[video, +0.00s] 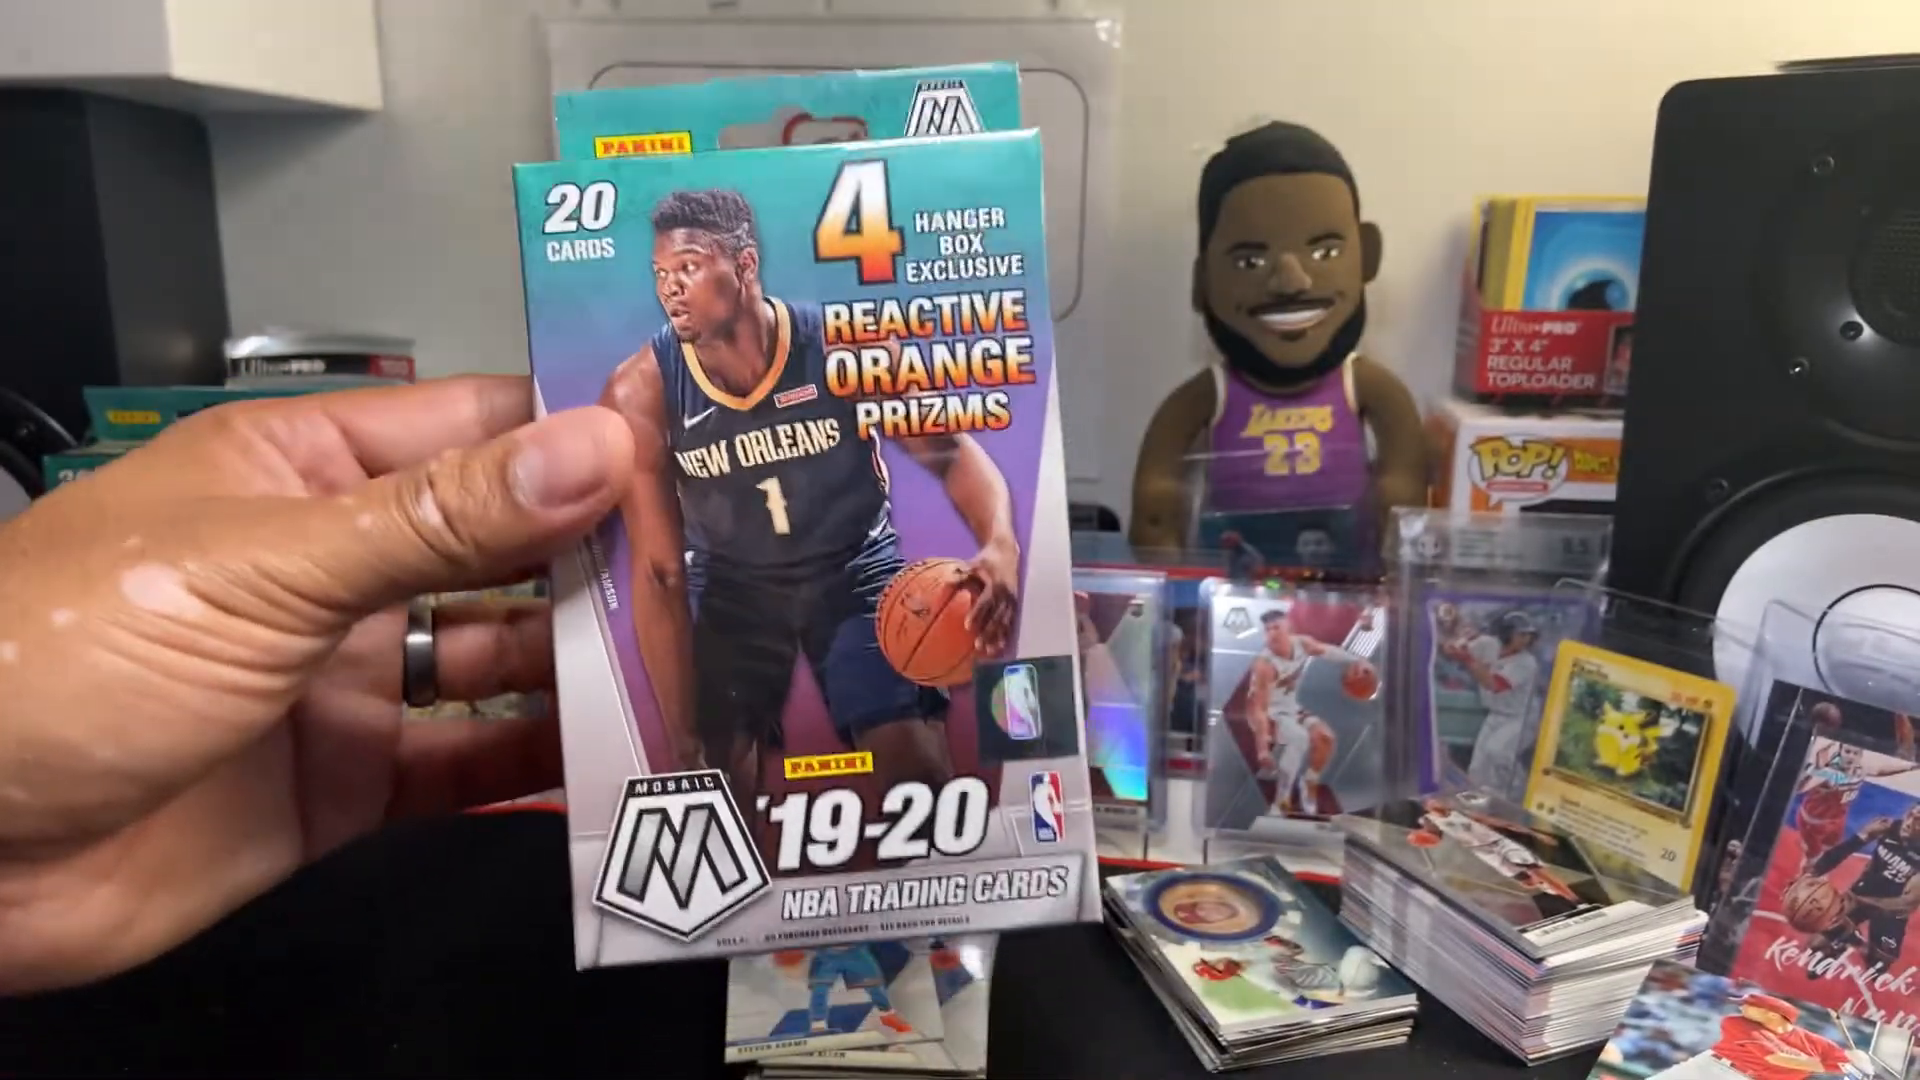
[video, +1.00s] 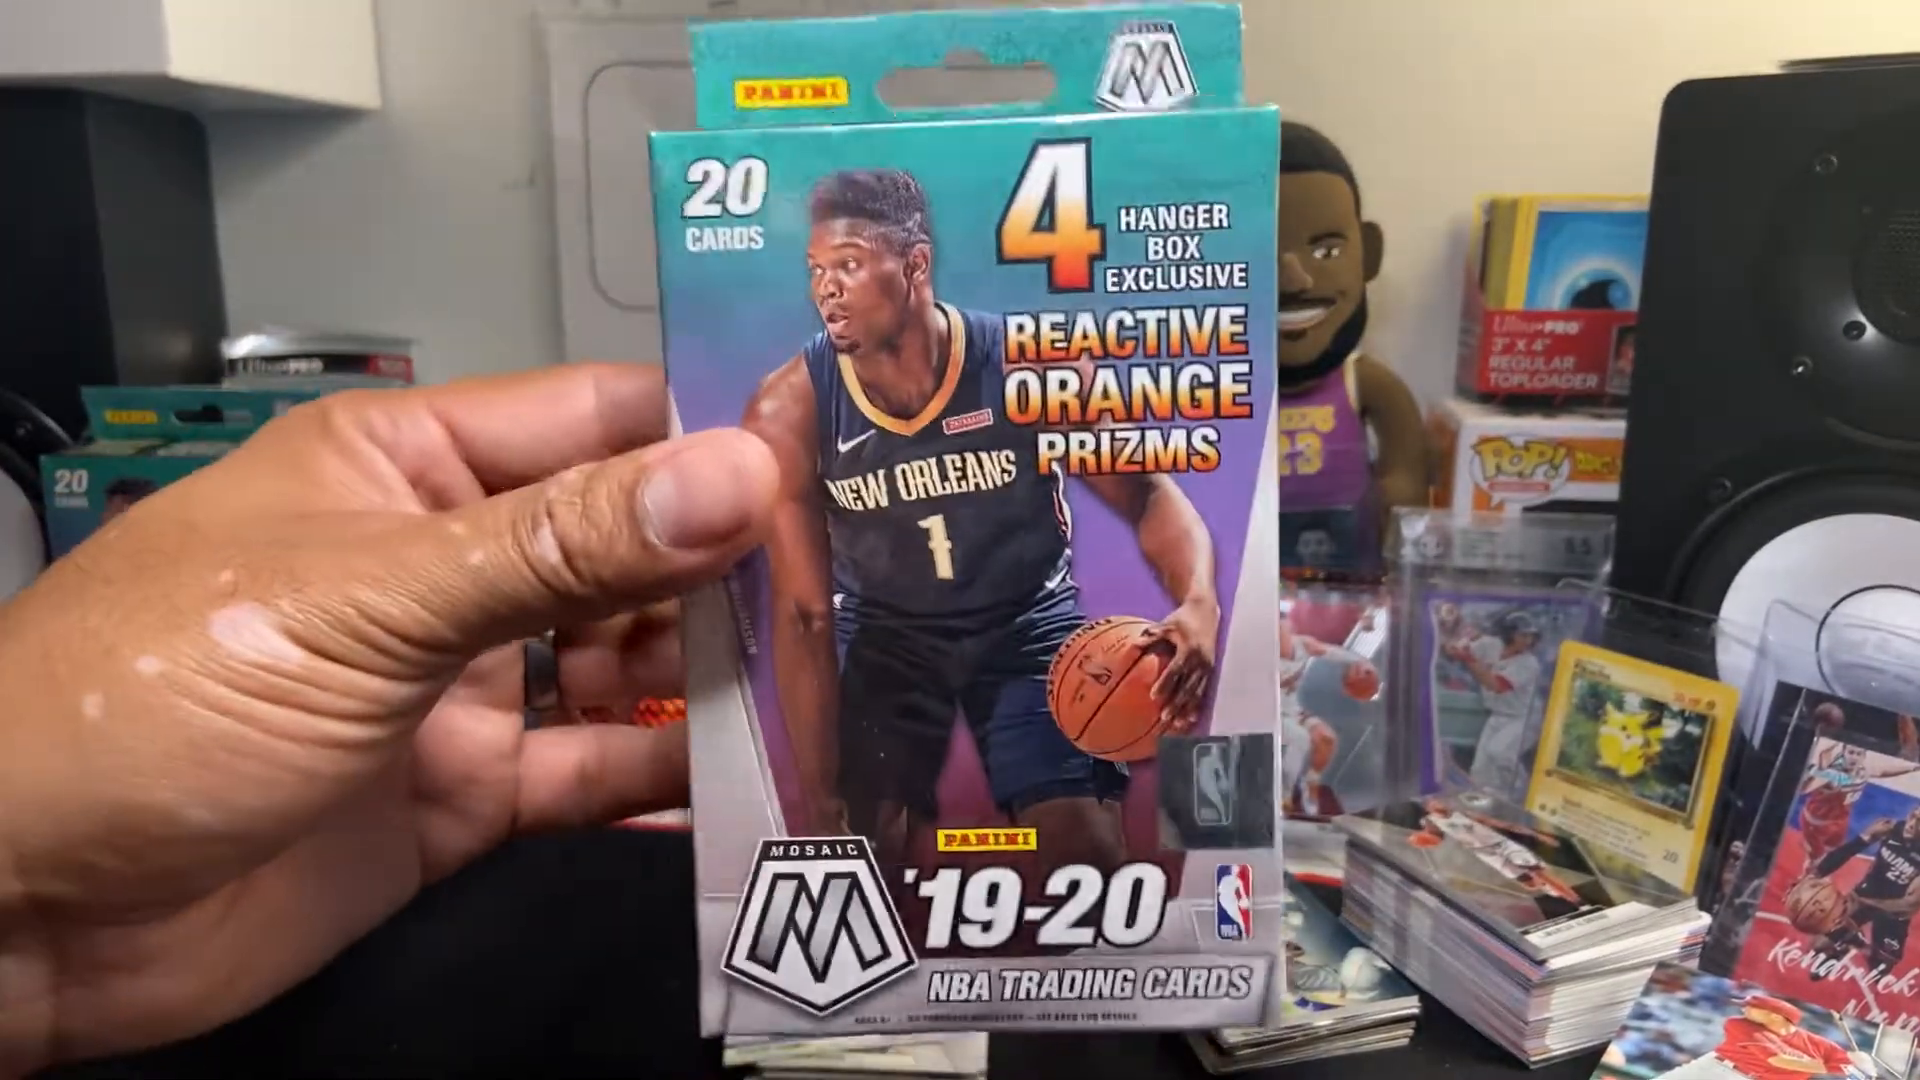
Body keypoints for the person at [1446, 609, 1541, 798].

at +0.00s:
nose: (1526, 640)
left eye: (1529, 636)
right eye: (1521, 635)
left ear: (1532, 638)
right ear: (1508, 634)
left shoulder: (1527, 662)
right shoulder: (1490, 645)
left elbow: (1497, 684)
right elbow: (1458, 650)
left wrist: (1470, 661)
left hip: (1517, 721)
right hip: (1494, 717)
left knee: (1496, 750)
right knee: (1480, 753)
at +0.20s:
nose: (1526, 640)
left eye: (1529, 636)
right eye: (1521, 635)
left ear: (1532, 638)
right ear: (1508, 634)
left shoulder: (1527, 662)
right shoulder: (1491, 647)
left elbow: (1496, 684)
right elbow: (1459, 651)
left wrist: (1470, 662)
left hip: (1516, 721)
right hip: (1494, 717)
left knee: (1495, 751)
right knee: (1481, 753)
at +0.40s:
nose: (1527, 640)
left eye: (1530, 636)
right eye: (1522, 635)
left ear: (1533, 638)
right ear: (1509, 635)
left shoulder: (1527, 662)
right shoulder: (1491, 646)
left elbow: (1496, 684)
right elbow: (1461, 651)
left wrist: (1471, 662)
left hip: (1519, 721)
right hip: (1496, 717)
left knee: (1496, 750)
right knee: (1480, 759)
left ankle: (1519, 788)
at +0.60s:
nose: (1527, 641)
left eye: (1530, 636)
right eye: (1523, 635)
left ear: (1533, 638)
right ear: (1510, 635)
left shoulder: (1528, 663)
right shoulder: (1491, 646)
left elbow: (1497, 684)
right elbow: (1461, 651)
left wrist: (1470, 662)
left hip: (1518, 722)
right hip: (1495, 718)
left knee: (1496, 751)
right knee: (1481, 758)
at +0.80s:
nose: (1527, 641)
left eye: (1530, 636)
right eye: (1523, 635)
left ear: (1533, 639)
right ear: (1510, 635)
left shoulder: (1528, 663)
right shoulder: (1491, 646)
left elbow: (1497, 684)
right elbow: (1462, 651)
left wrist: (1470, 661)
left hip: (1518, 722)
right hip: (1495, 718)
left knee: (1496, 751)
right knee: (1480, 763)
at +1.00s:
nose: (1528, 641)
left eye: (1531, 636)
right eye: (1523, 635)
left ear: (1535, 639)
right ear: (1511, 635)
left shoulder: (1529, 663)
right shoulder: (1492, 645)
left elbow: (1498, 684)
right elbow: (1462, 651)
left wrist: (1471, 661)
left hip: (1521, 722)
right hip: (1496, 718)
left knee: (1497, 751)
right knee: (1481, 763)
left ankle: (1520, 788)